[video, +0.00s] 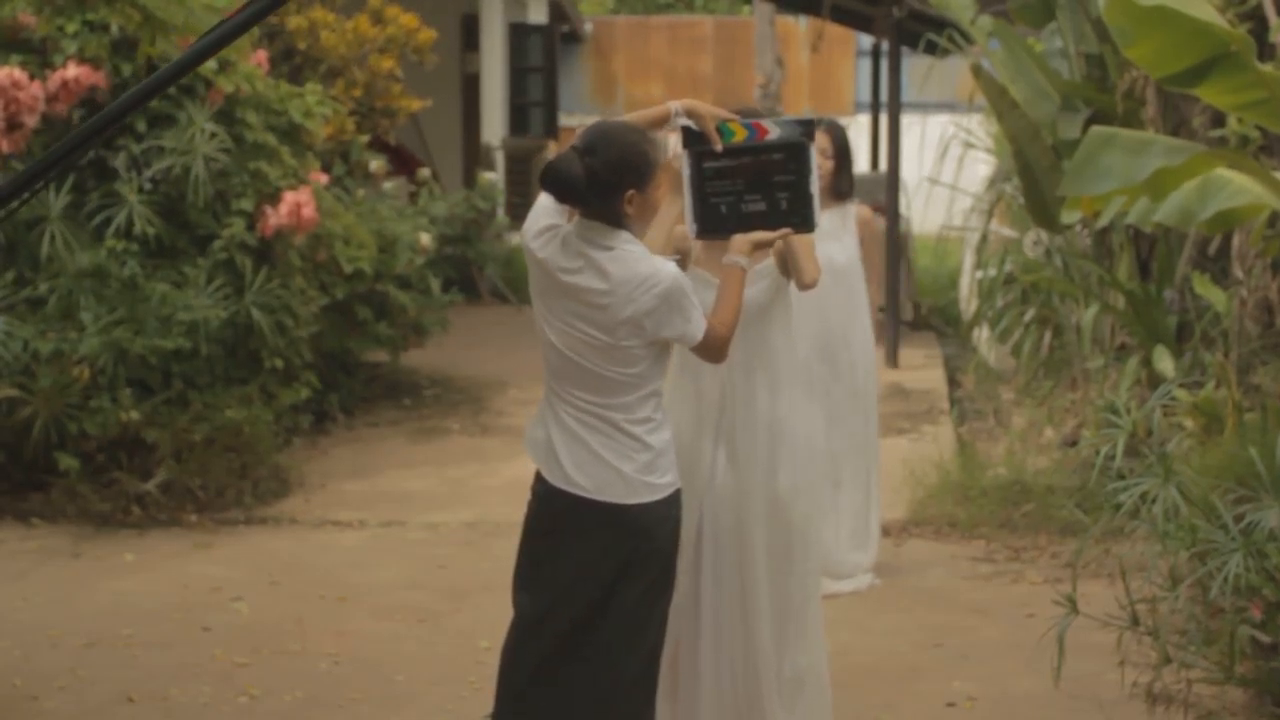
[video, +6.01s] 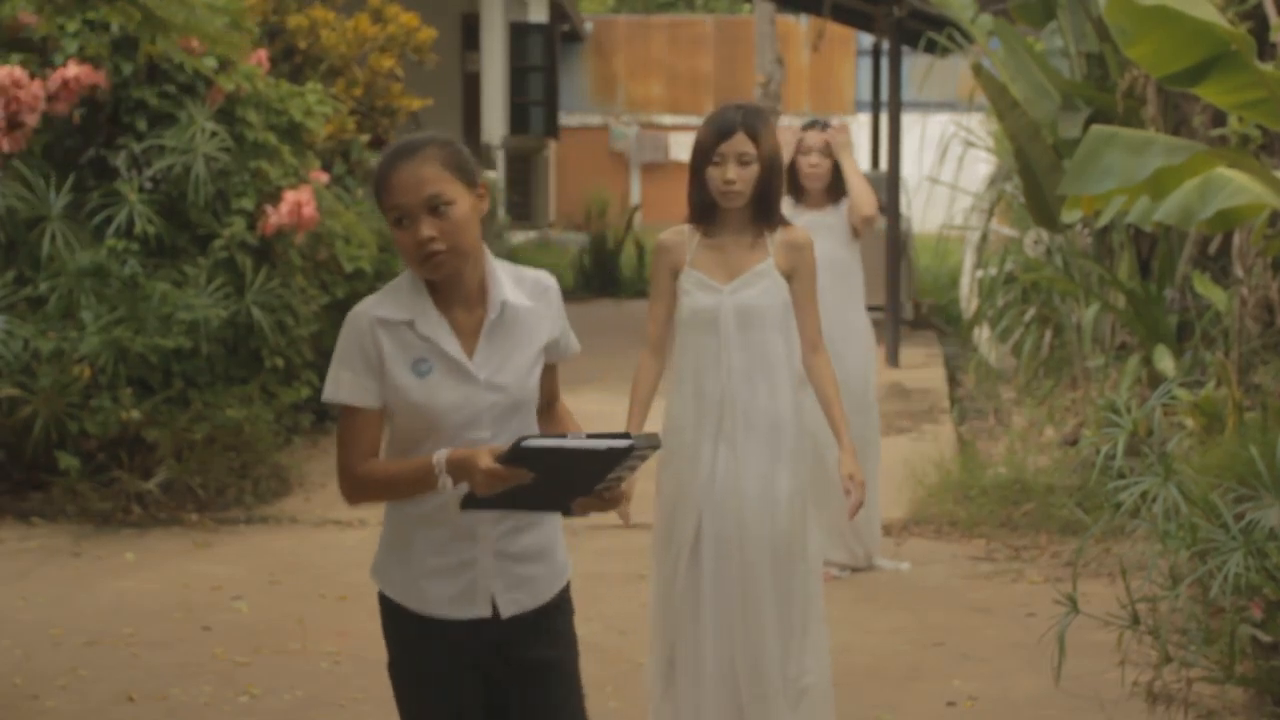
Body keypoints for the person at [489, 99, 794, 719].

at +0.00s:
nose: (667, 186)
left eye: (665, 175)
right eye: (661, 179)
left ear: (585, 190)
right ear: (631, 200)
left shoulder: (544, 235)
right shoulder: (650, 279)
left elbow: (577, 148)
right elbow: (713, 344)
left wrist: (665, 113)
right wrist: (738, 259)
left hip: (559, 484)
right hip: (638, 495)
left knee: (537, 651)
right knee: (623, 665)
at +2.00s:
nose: (630, 180)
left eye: (624, 170)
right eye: (626, 173)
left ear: (548, 179)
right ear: (618, 192)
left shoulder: (528, 241)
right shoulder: (639, 279)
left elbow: (561, 152)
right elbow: (704, 349)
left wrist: (662, 114)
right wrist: (729, 263)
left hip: (553, 487)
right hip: (632, 495)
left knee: (529, 651)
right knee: (619, 661)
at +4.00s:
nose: (623, 179)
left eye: (615, 166)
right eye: (617, 169)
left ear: (544, 181)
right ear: (607, 186)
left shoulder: (523, 243)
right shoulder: (637, 278)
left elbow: (559, 162)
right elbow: (699, 355)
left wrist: (654, 126)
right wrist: (727, 269)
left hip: (551, 488)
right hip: (629, 496)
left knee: (527, 654)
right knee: (618, 666)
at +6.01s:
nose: (424, 234)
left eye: (439, 208)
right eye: (402, 220)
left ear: (481, 199)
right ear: (388, 231)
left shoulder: (539, 296)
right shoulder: (373, 325)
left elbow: (550, 407)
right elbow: (356, 480)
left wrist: (593, 472)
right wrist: (453, 466)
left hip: (534, 586)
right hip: (428, 598)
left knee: (556, 713)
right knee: (444, 714)